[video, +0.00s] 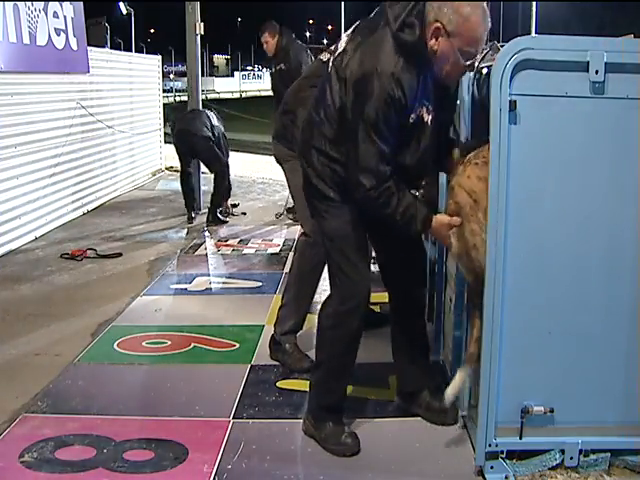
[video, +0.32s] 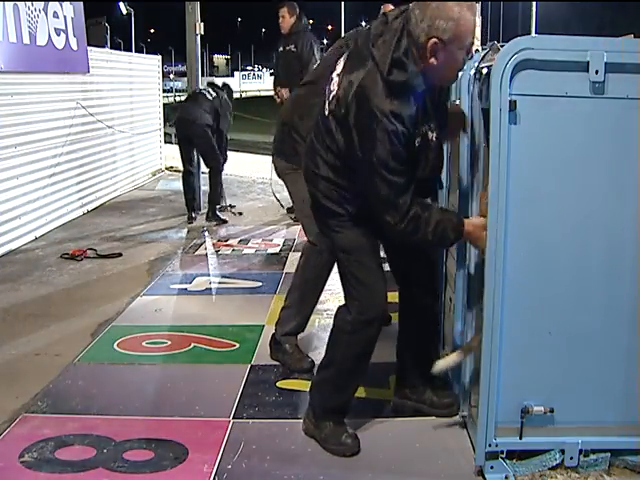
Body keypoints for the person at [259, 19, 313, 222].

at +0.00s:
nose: (265, 47)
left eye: (267, 42)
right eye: (263, 43)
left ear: (276, 38)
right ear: (270, 39)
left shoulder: (295, 55)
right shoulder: (278, 56)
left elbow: (303, 91)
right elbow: (280, 93)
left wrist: (299, 121)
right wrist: (281, 119)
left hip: (297, 119)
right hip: (286, 118)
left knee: (294, 159)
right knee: (290, 159)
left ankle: (304, 206)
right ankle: (298, 202)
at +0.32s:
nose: (280, 21)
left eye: (283, 17)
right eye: (279, 17)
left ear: (294, 17)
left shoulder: (307, 39)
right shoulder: (283, 41)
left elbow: (313, 71)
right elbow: (278, 68)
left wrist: (291, 91)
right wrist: (278, 86)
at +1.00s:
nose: (279, 17)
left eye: (283, 13)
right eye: (279, 13)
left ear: (294, 12)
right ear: (284, 14)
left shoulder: (306, 37)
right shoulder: (282, 35)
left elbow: (312, 71)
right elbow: (276, 66)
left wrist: (289, 69)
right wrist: (260, 57)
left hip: (296, 108)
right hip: (281, 106)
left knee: (278, 156)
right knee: (276, 154)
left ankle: (265, 204)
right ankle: (265, 203)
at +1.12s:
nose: (273, 18)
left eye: (276, 14)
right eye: (272, 14)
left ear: (288, 13)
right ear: (275, 15)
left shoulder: (300, 38)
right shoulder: (272, 37)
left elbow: (304, 70)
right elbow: (264, 66)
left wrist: (285, 64)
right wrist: (249, 50)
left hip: (293, 109)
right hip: (276, 108)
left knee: (274, 159)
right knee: (270, 158)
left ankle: (259, 205)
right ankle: (258, 206)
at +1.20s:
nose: (268, 18)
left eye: (271, 14)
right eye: (267, 15)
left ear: (283, 13)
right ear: (270, 15)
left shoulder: (294, 36)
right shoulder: (269, 36)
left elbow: (299, 71)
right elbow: (257, 63)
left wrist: (280, 61)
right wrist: (245, 46)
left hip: (289, 110)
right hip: (271, 108)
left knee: (288, 161)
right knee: (267, 160)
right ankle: (257, 209)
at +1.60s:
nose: (243, 18)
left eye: (246, 13)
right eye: (241, 14)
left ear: (256, 12)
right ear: (241, 15)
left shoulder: (269, 32)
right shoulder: (240, 35)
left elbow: (280, 57)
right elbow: (224, 53)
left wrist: (264, 30)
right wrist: (222, 22)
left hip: (261, 102)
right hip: (240, 102)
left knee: (255, 153)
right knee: (244, 157)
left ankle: (276, 199)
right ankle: (255, 210)